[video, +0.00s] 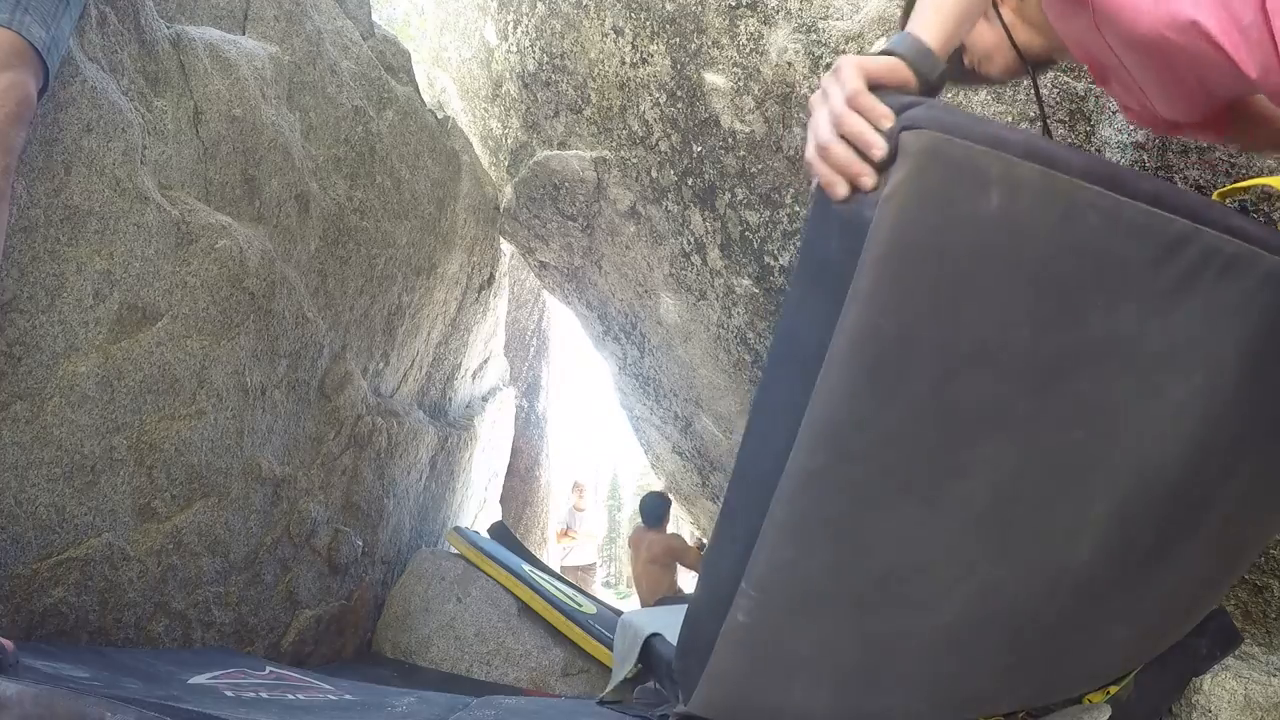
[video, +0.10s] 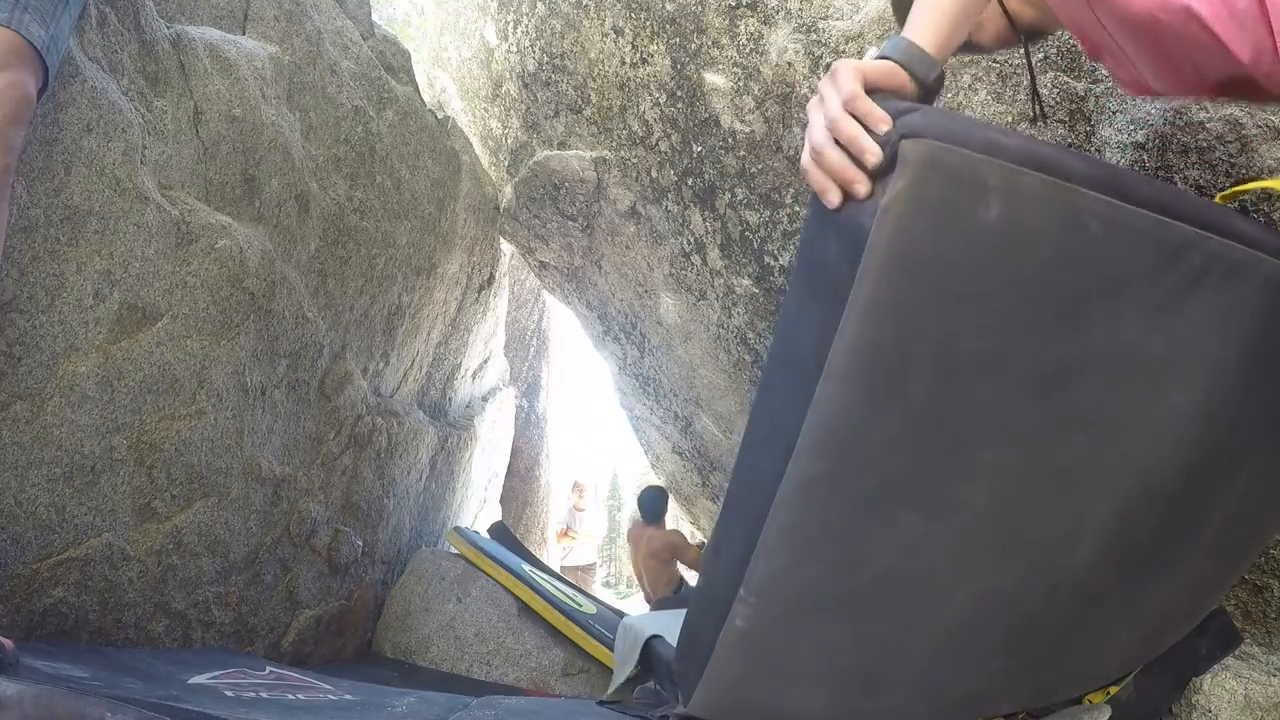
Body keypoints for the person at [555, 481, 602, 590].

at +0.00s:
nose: (581, 493)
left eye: (584, 490)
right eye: (578, 490)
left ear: (588, 492)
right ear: (572, 493)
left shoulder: (596, 513)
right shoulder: (565, 513)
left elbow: (597, 538)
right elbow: (560, 539)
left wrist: (570, 532)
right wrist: (584, 538)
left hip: (589, 564)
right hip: (568, 564)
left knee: (589, 603)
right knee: (569, 603)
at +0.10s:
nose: (581, 493)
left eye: (584, 490)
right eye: (578, 490)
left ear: (588, 493)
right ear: (572, 493)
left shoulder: (596, 513)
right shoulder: (565, 513)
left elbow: (597, 539)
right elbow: (560, 539)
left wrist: (571, 532)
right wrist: (584, 538)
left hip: (589, 564)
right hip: (568, 564)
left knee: (590, 602)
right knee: (568, 603)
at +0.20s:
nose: (581, 493)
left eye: (584, 490)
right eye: (578, 490)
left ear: (588, 493)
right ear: (572, 493)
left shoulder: (596, 513)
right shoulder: (565, 513)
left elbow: (597, 539)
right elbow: (560, 540)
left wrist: (571, 533)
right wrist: (584, 538)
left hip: (589, 564)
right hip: (568, 565)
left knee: (589, 603)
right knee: (569, 603)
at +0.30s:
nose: (581, 493)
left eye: (584, 490)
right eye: (578, 490)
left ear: (588, 493)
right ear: (572, 493)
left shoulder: (596, 513)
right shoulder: (565, 513)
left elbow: (597, 538)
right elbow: (560, 540)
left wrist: (571, 533)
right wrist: (585, 538)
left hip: (589, 563)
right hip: (568, 564)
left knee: (590, 603)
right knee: (569, 603)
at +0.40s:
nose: (581, 493)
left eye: (584, 490)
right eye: (578, 490)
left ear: (588, 492)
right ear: (572, 493)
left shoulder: (596, 513)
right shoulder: (565, 513)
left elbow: (597, 538)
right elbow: (559, 540)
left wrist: (570, 532)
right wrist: (584, 538)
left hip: (589, 564)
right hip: (568, 565)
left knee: (588, 604)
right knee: (568, 604)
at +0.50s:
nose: (581, 493)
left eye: (584, 490)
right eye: (578, 490)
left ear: (588, 493)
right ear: (572, 492)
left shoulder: (597, 513)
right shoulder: (565, 513)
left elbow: (597, 538)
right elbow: (560, 540)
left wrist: (569, 532)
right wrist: (584, 538)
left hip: (589, 563)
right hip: (568, 564)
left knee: (588, 603)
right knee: (568, 603)